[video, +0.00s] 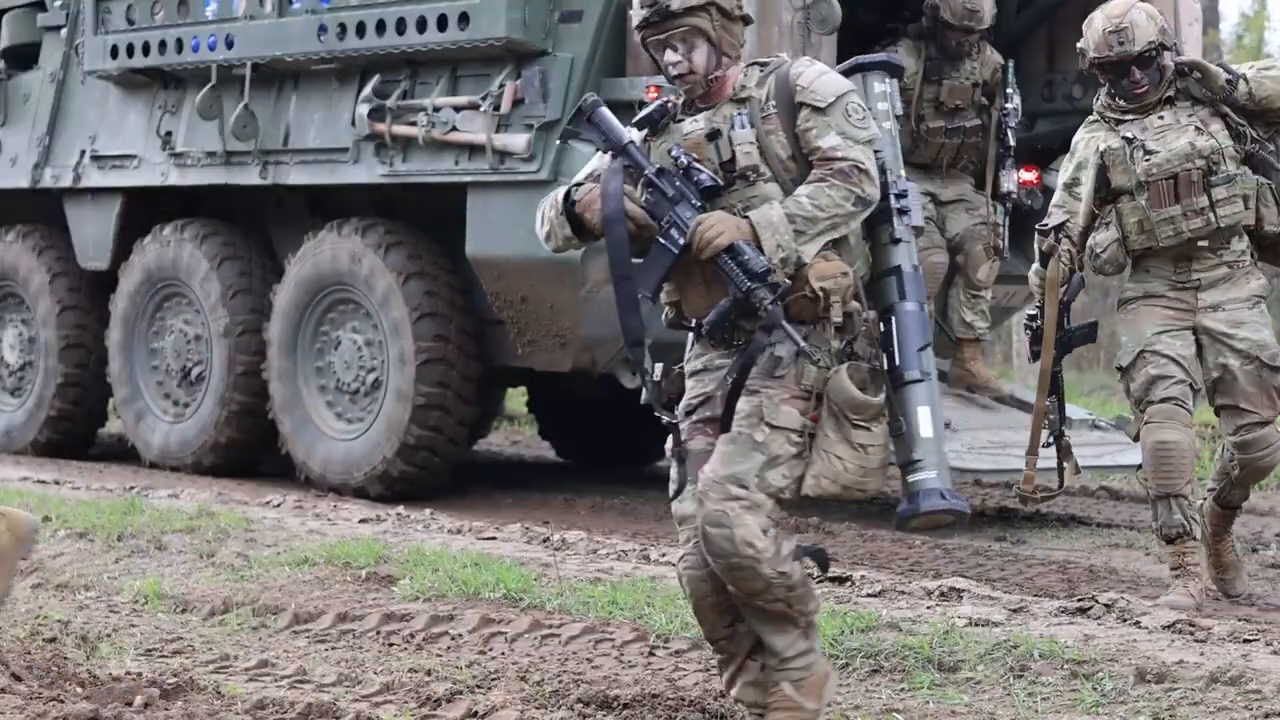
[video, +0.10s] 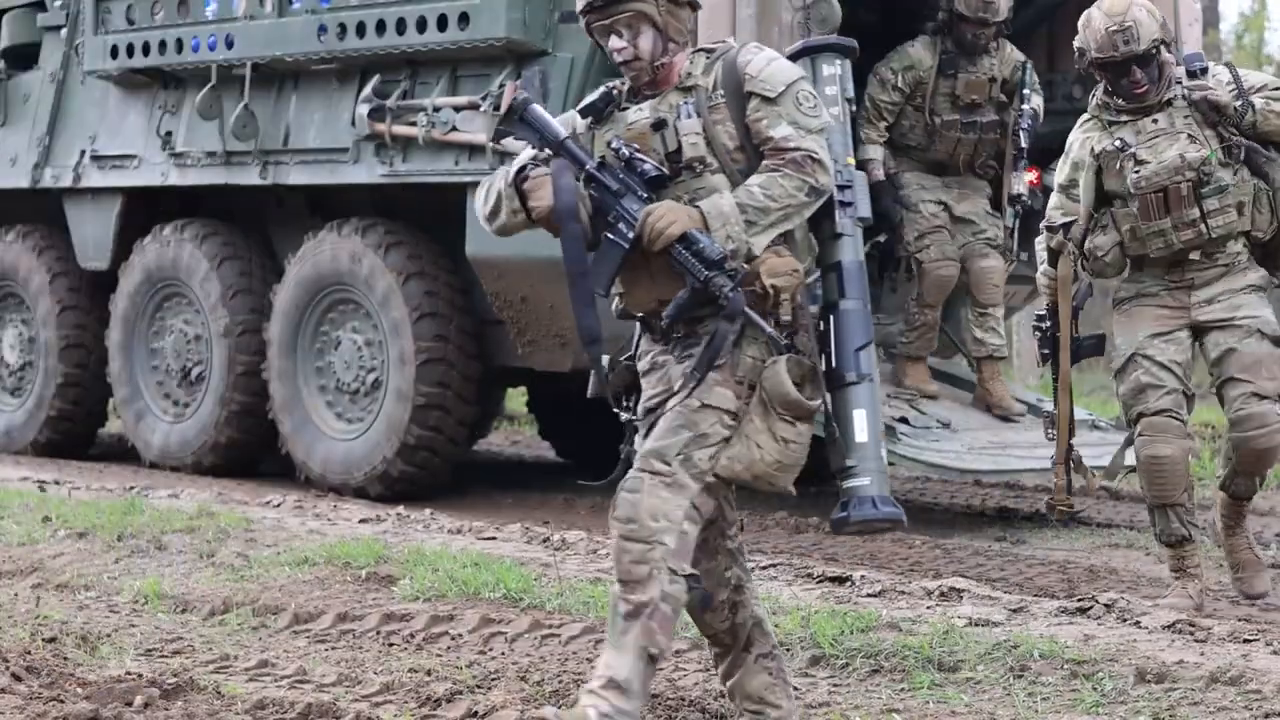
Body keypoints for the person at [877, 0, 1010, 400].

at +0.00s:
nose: (963, 42)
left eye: (972, 34)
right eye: (955, 31)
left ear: (983, 29)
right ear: (933, 20)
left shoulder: (990, 62)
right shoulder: (904, 58)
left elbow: (999, 124)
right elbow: (882, 119)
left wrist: (997, 185)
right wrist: (888, 178)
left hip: (962, 182)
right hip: (909, 178)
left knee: (981, 252)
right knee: (930, 260)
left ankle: (968, 361)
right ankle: (908, 358)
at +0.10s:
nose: (980, 33)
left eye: (989, 25)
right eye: (972, 23)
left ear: (1000, 24)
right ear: (951, 17)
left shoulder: (1011, 64)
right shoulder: (915, 59)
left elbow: (1033, 109)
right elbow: (872, 116)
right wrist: (876, 174)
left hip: (974, 178)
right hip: (916, 174)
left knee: (989, 271)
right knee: (940, 267)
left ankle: (990, 378)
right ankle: (914, 363)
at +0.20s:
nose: (995, 31)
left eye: (1004, 23)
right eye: (986, 20)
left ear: (1015, 23)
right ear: (962, 17)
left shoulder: (1025, 62)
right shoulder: (929, 63)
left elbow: (1058, 94)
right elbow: (891, 127)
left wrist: (1050, 119)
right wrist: (914, 182)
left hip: (999, 185)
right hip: (941, 181)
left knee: (1008, 279)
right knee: (963, 258)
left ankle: (994, 382)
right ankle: (942, 348)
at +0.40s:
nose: (999, 15)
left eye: (1009, 8)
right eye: (990, 8)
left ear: (1024, 11)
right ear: (973, 11)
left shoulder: (1049, 54)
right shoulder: (952, 62)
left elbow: (1096, 87)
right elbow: (930, 130)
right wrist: (965, 176)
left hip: (1037, 197)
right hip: (973, 197)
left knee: (1027, 296)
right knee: (988, 294)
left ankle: (995, 377)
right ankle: (1002, 393)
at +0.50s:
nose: (1006, 23)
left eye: (1016, 15)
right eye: (995, 14)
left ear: (1031, 20)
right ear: (979, 20)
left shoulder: (1061, 65)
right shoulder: (960, 75)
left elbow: (1103, 102)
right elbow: (943, 142)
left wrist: (1070, 166)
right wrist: (978, 180)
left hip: (1052, 200)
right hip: (986, 205)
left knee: (1067, 297)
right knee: (998, 300)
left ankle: (1056, 403)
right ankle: (1010, 407)